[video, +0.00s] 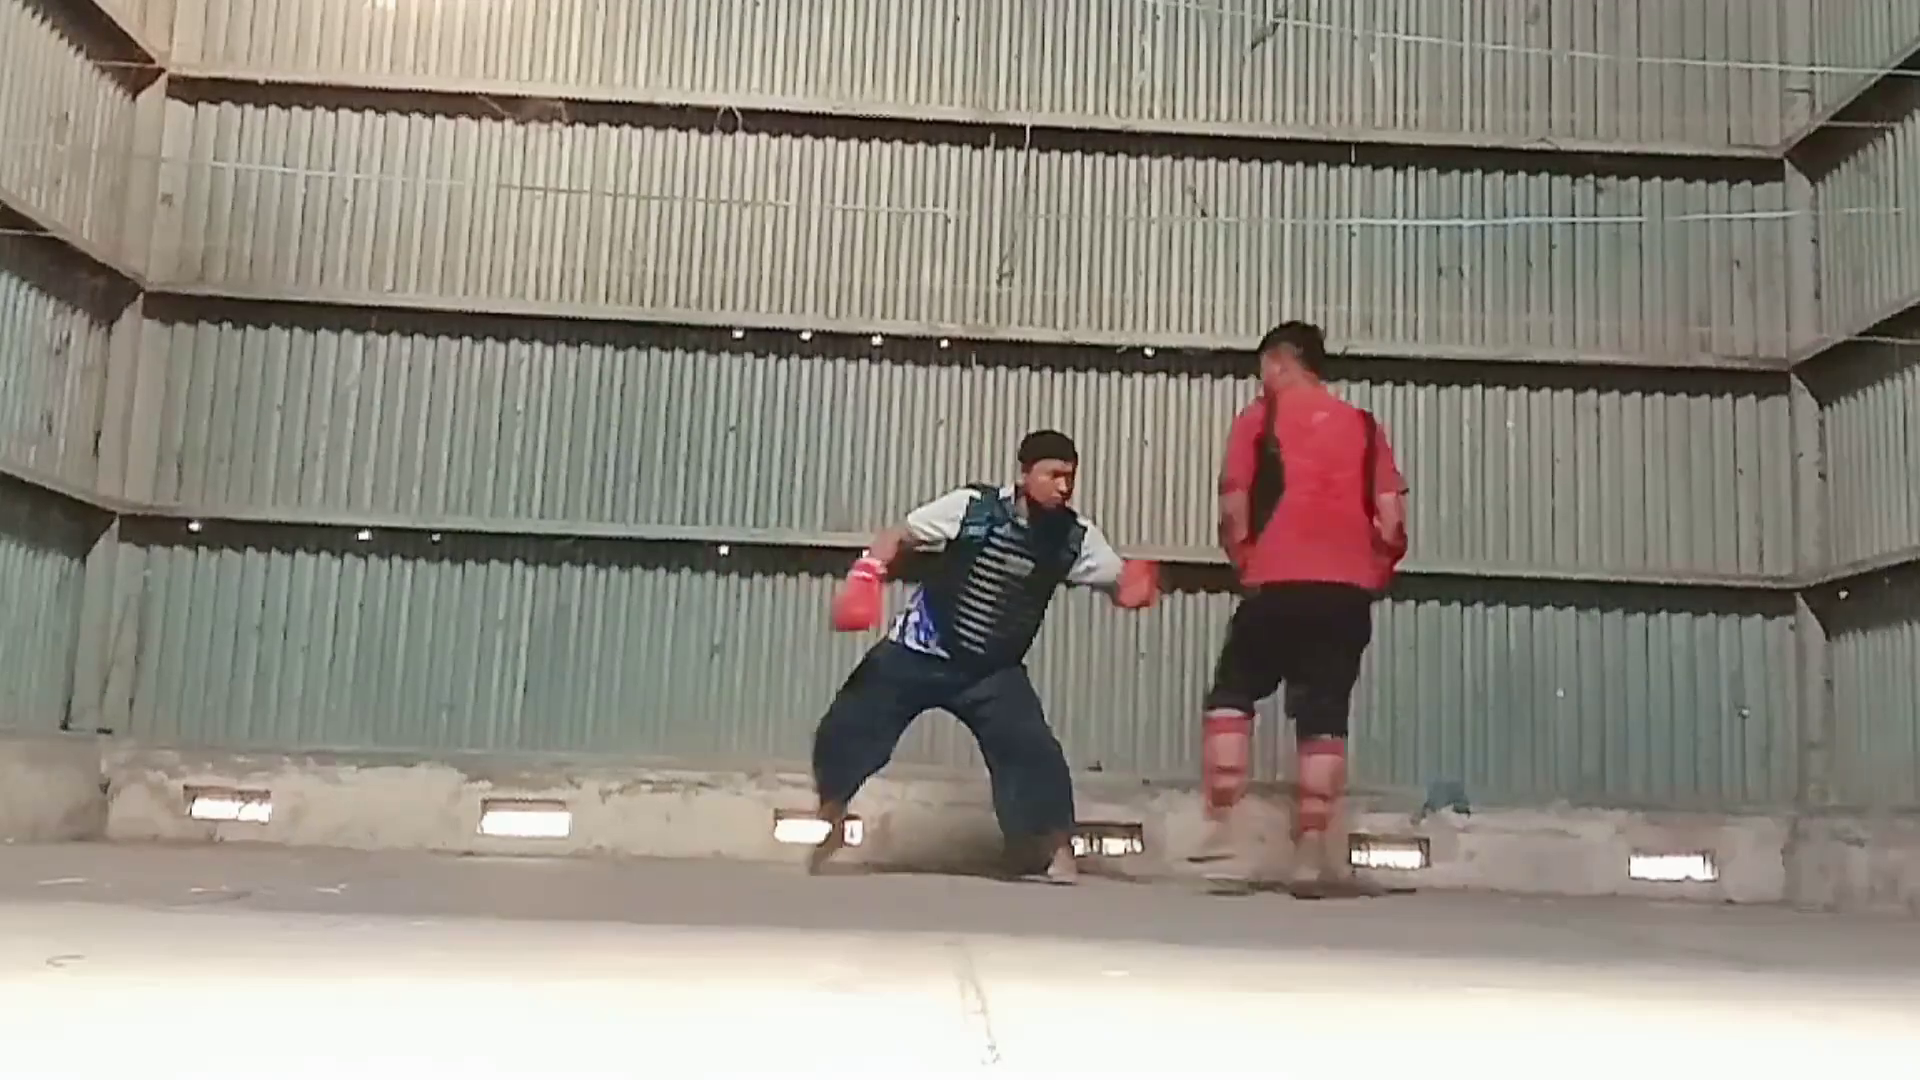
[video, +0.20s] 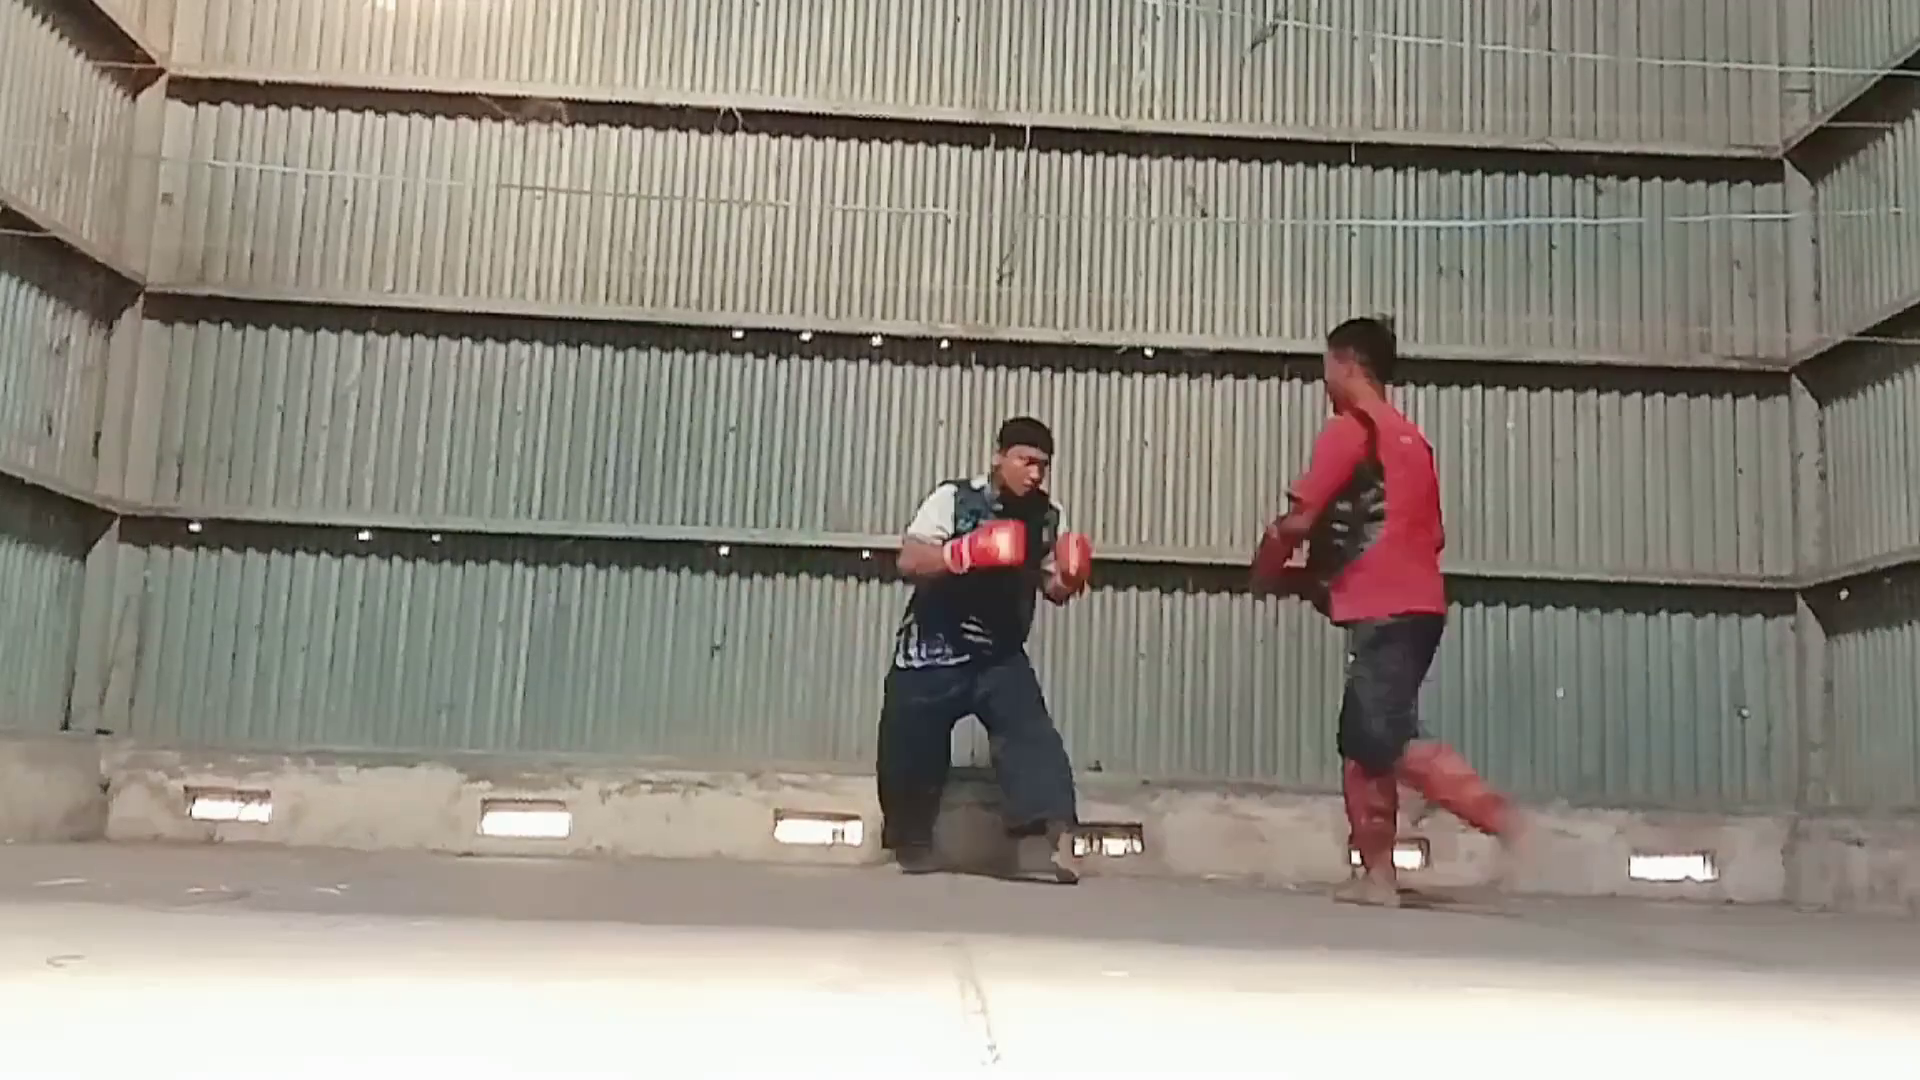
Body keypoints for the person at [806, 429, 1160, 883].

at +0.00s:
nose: (1064, 487)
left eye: (1070, 477)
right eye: (1055, 475)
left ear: (1074, 479)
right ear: (1025, 473)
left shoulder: (1076, 536)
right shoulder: (972, 506)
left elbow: (1121, 587)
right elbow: (898, 536)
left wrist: (1136, 586)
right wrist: (866, 573)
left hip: (993, 672)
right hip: (915, 653)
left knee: (1034, 751)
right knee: (844, 730)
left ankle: (1058, 851)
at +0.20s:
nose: (1036, 473)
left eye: (1043, 465)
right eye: (1027, 461)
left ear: (1046, 469)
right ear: (999, 458)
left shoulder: (1045, 518)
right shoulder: (951, 498)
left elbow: (1053, 590)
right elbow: (909, 561)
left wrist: (1069, 577)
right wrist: (966, 551)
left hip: (1000, 657)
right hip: (931, 655)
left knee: (1031, 733)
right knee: (909, 750)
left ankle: (1048, 841)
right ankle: (912, 841)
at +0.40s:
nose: (1017, 441)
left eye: (1025, 433)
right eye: (1009, 429)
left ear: (1033, 437)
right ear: (984, 423)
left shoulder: (1029, 480)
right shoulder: (939, 461)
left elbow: (1063, 537)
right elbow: (933, 516)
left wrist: (1066, 490)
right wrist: (985, 471)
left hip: (995, 623)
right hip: (929, 619)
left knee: (1032, 711)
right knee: (916, 732)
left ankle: (1044, 841)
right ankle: (917, 844)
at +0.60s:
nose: (1024, 427)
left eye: (1033, 420)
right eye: (1016, 415)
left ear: (1040, 426)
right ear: (991, 412)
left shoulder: (1038, 476)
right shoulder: (947, 455)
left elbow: (1060, 542)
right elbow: (936, 520)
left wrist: (1066, 500)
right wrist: (992, 477)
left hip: (1000, 629)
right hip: (929, 622)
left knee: (1030, 718)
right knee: (882, 714)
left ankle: (1025, 842)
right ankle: (880, 831)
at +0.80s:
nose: (1000, 456)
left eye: (1006, 448)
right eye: (991, 445)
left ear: (1011, 454)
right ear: (962, 447)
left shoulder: (1024, 510)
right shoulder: (922, 506)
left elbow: (1038, 567)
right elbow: (900, 578)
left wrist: (1040, 573)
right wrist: (954, 563)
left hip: (996, 667)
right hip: (921, 659)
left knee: (1036, 746)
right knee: (867, 729)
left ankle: (1024, 849)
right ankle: (800, 829)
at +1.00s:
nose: (930, 417)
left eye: (935, 410)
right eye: (921, 406)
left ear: (937, 419)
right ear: (888, 407)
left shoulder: (936, 479)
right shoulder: (844, 468)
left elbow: (951, 544)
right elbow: (834, 537)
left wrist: (979, 545)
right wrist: (891, 502)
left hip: (915, 640)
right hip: (842, 634)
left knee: (955, 736)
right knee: (813, 725)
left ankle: (981, 832)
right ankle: (798, 839)